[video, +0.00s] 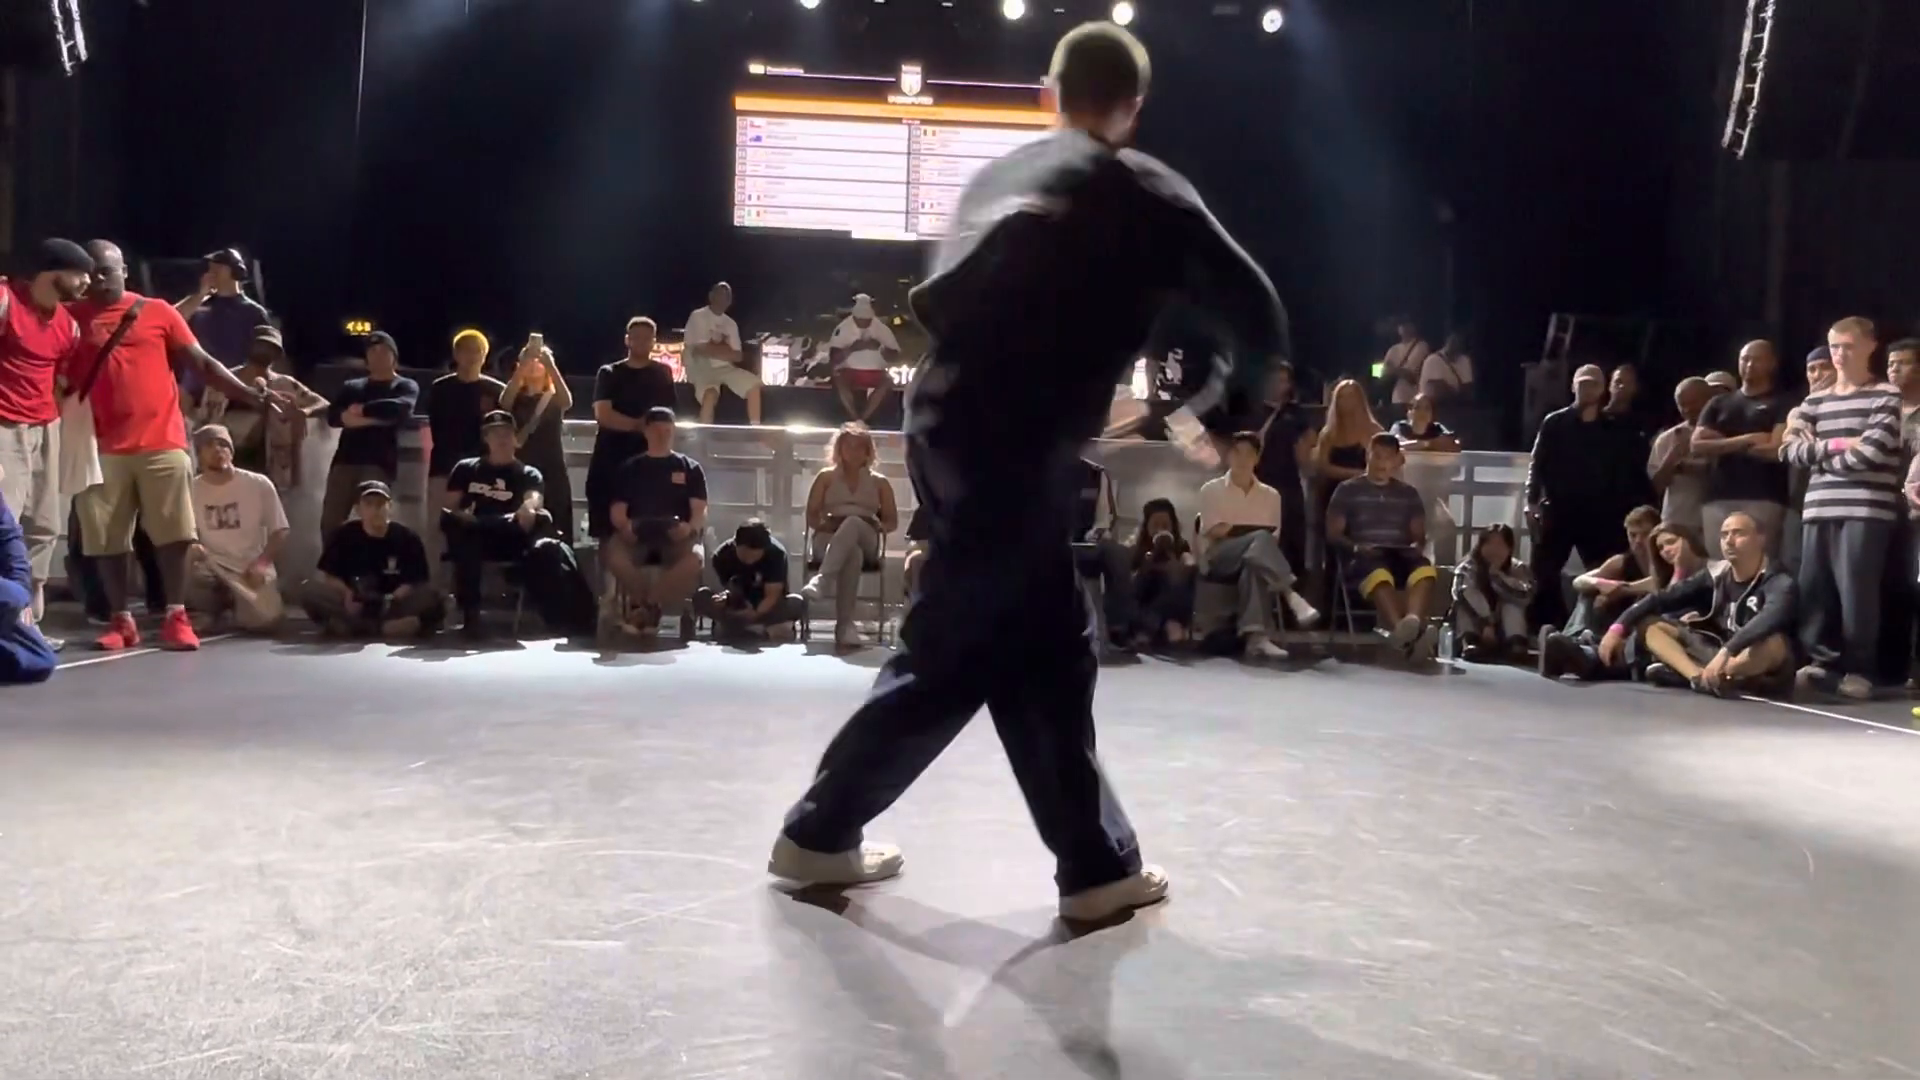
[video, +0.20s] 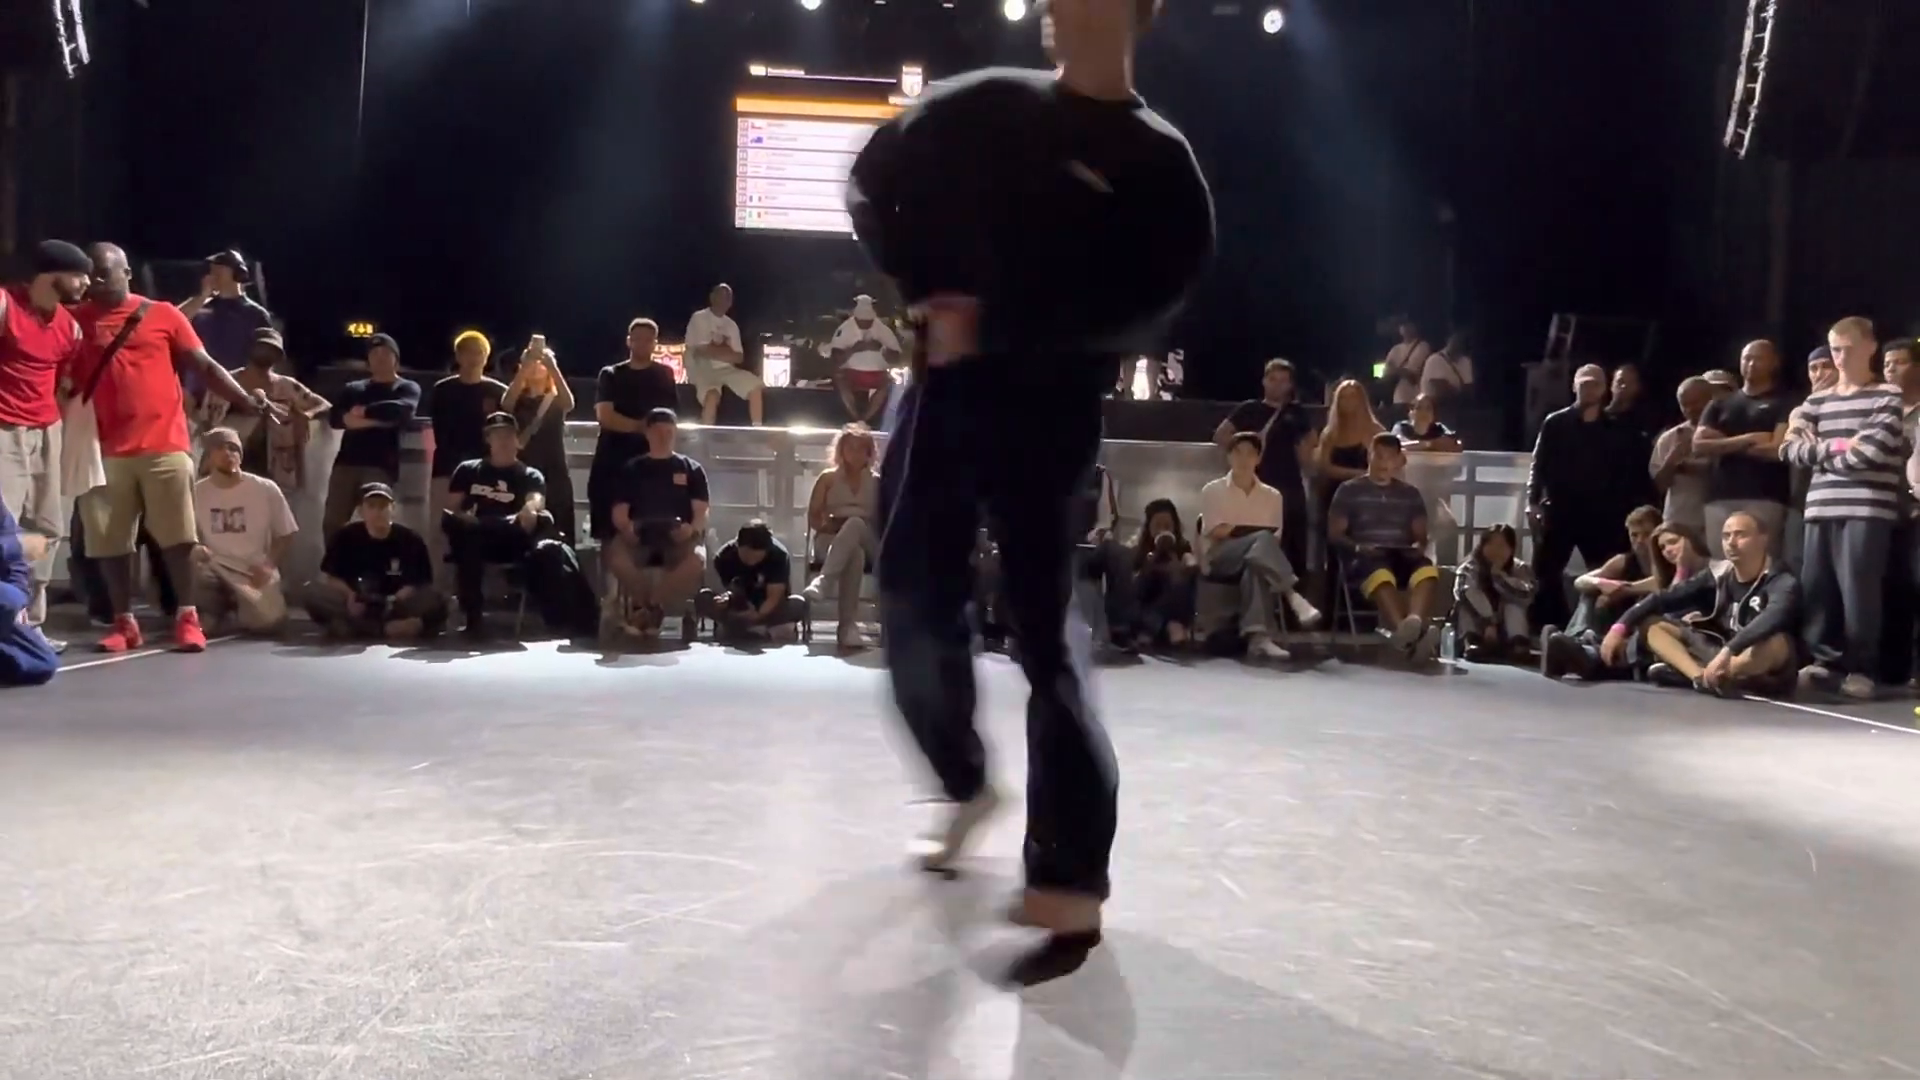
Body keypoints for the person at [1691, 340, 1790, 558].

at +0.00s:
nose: (1749, 365)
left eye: (1756, 360)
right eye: (1745, 359)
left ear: (1772, 364)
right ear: (1738, 363)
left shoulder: (1784, 404)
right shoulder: (1719, 403)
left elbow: (1776, 448)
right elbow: (1696, 445)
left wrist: (1724, 443)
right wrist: (1750, 439)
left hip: (1765, 497)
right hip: (1719, 497)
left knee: (1761, 574)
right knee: (1719, 576)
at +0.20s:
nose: (1750, 364)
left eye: (1757, 359)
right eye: (1747, 359)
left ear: (1774, 364)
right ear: (1740, 363)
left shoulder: (1786, 403)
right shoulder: (1719, 404)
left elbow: (1778, 449)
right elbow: (1698, 445)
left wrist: (1725, 443)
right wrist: (1751, 439)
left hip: (1766, 497)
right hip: (1721, 497)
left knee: (1762, 574)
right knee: (1721, 575)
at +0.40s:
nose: (1753, 364)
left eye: (1760, 359)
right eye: (1750, 358)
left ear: (1776, 364)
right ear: (1743, 362)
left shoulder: (1788, 403)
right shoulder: (1724, 402)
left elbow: (1782, 448)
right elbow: (1701, 445)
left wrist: (1729, 443)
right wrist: (1753, 439)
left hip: (1768, 496)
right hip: (1724, 495)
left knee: (1765, 573)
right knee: (1724, 574)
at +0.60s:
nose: (1757, 362)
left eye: (1764, 358)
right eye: (1754, 357)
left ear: (1779, 363)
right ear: (1747, 361)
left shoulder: (1791, 402)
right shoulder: (1726, 401)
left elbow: (1785, 447)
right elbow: (1704, 444)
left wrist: (1733, 442)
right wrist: (1758, 437)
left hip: (1772, 496)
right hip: (1727, 495)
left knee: (1768, 573)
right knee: (1726, 575)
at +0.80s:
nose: (1760, 363)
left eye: (1768, 358)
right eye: (1757, 358)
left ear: (1783, 363)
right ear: (1750, 363)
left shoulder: (1794, 403)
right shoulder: (1730, 402)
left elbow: (1788, 449)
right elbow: (1708, 446)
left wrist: (1735, 444)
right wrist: (1761, 439)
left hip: (1775, 497)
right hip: (1731, 496)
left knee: (1770, 573)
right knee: (1729, 574)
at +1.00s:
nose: (1762, 364)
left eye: (1769, 359)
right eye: (1758, 359)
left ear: (1785, 364)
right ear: (1752, 363)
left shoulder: (1797, 404)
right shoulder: (1731, 404)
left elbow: (1789, 449)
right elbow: (1710, 446)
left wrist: (1737, 444)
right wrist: (1763, 440)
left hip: (1778, 498)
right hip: (1733, 497)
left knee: (1774, 576)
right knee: (1732, 577)